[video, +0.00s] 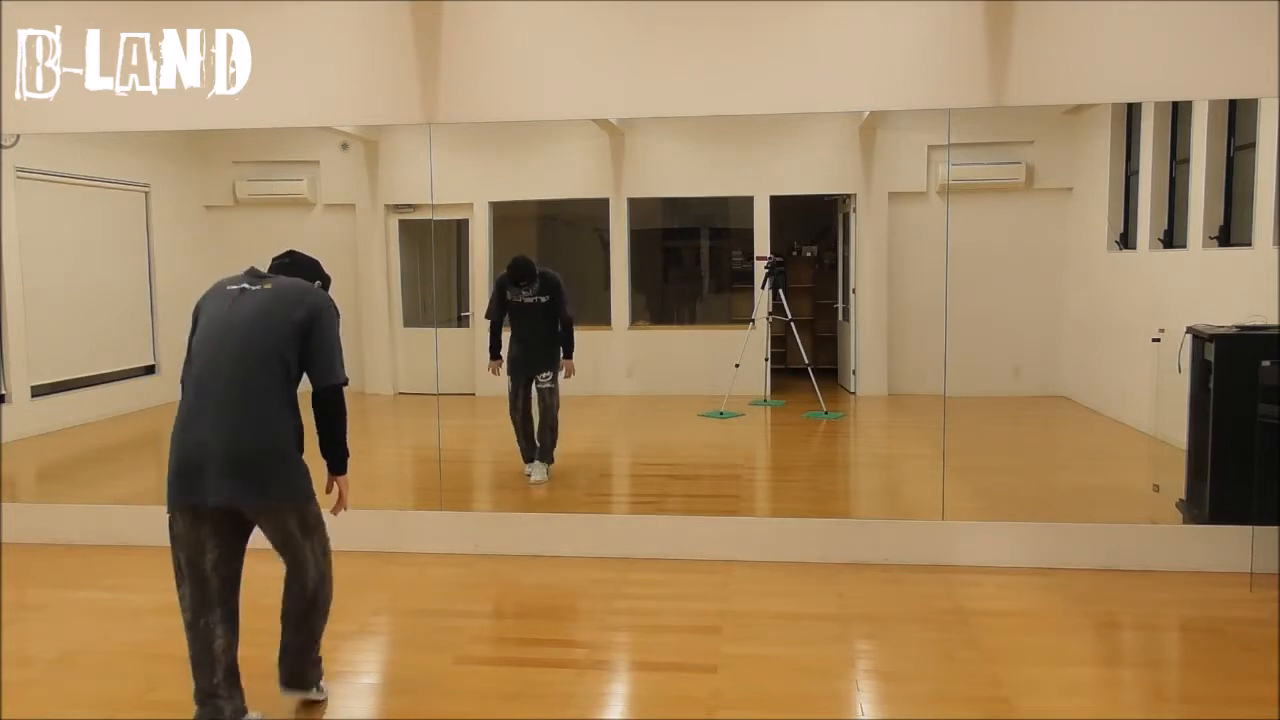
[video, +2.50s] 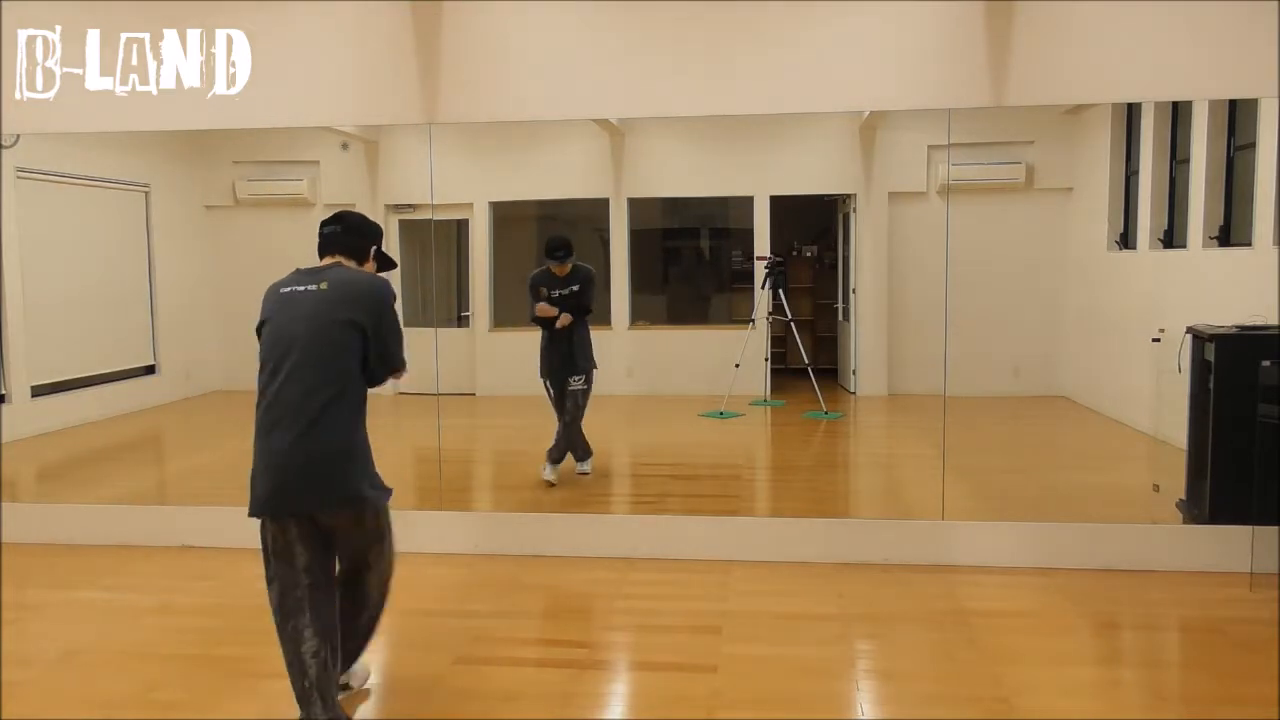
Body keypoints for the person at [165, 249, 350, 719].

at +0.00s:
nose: (322, 301)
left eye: (324, 297)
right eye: (323, 296)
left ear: (274, 274)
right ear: (315, 285)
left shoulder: (214, 296)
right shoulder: (314, 301)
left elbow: (192, 378)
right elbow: (329, 390)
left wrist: (215, 442)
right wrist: (337, 465)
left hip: (193, 461)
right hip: (264, 459)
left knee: (206, 595)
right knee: (309, 563)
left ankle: (217, 708)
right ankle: (300, 675)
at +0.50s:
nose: (335, 318)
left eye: (337, 312)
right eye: (338, 311)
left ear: (289, 293)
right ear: (330, 300)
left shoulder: (239, 323)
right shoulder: (329, 331)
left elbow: (210, 414)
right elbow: (347, 416)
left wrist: (208, 495)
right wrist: (352, 497)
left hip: (228, 466)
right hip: (291, 468)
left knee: (256, 552)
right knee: (307, 587)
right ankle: (297, 692)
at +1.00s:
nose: (342, 306)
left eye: (342, 302)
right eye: (344, 301)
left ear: (292, 283)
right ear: (334, 293)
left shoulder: (245, 313)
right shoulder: (337, 323)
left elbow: (230, 399)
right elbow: (352, 408)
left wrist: (227, 480)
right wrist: (359, 481)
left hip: (236, 462)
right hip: (296, 463)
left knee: (265, 553)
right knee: (306, 573)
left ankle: (270, 644)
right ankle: (284, 688)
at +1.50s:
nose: (340, 294)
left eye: (340, 289)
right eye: (340, 287)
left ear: (288, 269)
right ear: (329, 279)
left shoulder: (237, 292)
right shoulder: (336, 305)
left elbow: (220, 372)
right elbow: (357, 385)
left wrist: (243, 423)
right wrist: (377, 444)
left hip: (225, 452)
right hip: (289, 456)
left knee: (233, 570)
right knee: (298, 573)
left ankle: (242, 677)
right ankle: (283, 688)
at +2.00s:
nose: (355, 262)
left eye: (353, 257)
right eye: (355, 256)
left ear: (300, 253)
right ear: (348, 255)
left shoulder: (260, 295)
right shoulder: (367, 286)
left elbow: (199, 333)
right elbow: (444, 316)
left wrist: (174, 353)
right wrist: (511, 336)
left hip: (284, 465)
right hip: (355, 463)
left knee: (271, 558)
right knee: (391, 576)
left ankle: (266, 665)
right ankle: (422, 698)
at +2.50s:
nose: (375, 266)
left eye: (374, 260)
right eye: (375, 259)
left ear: (321, 252)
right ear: (366, 255)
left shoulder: (278, 290)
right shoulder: (372, 289)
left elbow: (274, 355)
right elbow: (387, 366)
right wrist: (329, 367)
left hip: (275, 472)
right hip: (341, 468)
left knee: (298, 594)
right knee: (368, 564)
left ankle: (319, 710)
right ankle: (340, 665)